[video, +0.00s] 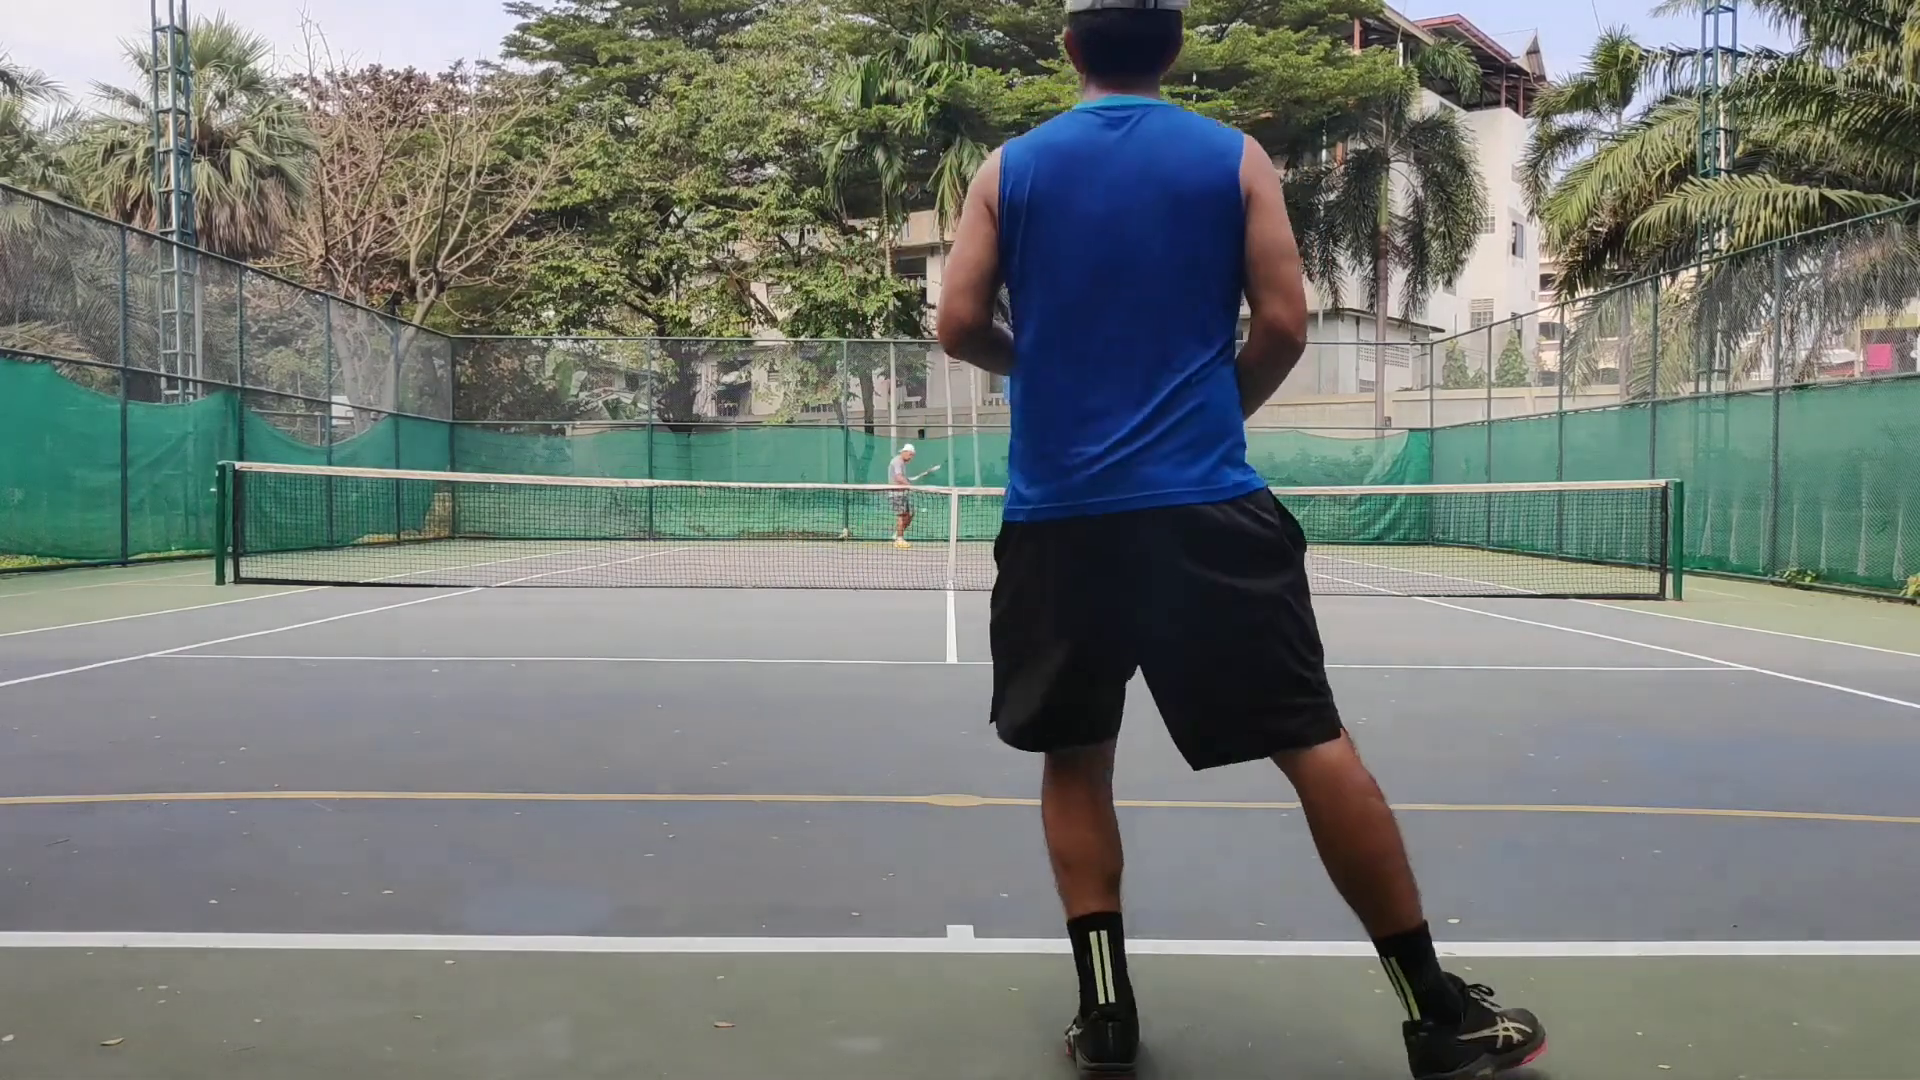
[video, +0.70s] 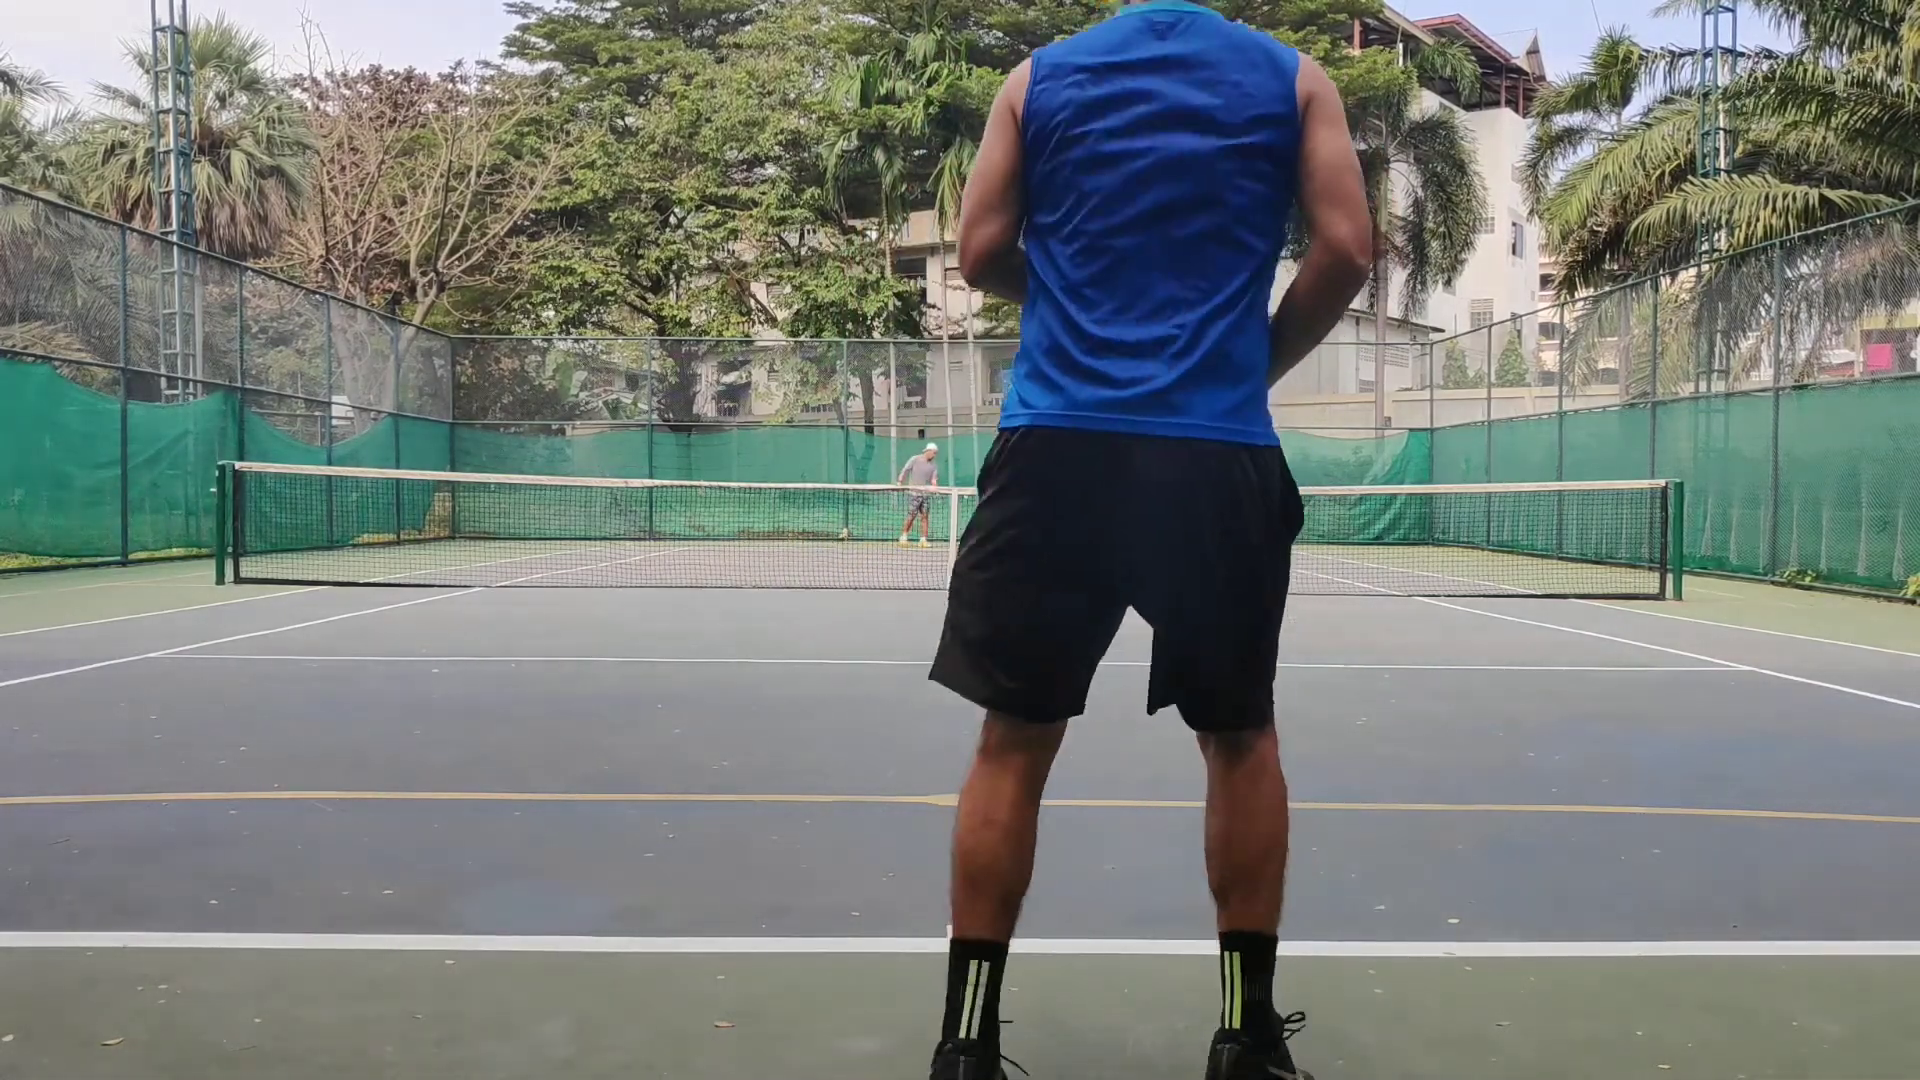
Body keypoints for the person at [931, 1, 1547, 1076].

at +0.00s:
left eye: (1079, 41)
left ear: (1073, 56)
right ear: (1174, 58)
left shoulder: (1011, 168)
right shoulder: (1236, 157)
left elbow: (958, 324)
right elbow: (1284, 320)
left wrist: (1040, 363)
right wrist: (1219, 406)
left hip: (1058, 525)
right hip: (1207, 513)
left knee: (1075, 759)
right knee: (1314, 744)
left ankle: (1105, 1012)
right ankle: (1433, 1006)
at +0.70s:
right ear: (1222, 2)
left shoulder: (1037, 76)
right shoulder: (1295, 78)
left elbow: (980, 251)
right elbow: (1347, 247)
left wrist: (1066, 284)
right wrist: (1261, 362)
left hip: (1059, 466)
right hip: (1219, 472)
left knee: (1011, 746)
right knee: (1241, 742)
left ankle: (968, 1034)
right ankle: (1250, 1026)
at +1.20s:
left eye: (1131, 40)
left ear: (1127, 57)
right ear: (1238, 66)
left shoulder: (1052, 177)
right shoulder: (1282, 165)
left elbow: (988, 383)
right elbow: (1296, 374)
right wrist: (1229, 480)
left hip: (1034, 546)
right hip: (1191, 546)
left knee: (1053, 779)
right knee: (1340, 794)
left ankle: (910, 1039)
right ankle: (1340, 1064)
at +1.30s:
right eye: (1238, 35)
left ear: (1122, 43)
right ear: (1238, 50)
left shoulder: (1063, 155)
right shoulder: (1239, 141)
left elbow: (1101, 326)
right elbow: (1242, 359)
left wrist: (1258, 387)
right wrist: (1240, 496)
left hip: (990, 522)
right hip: (1126, 522)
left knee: (1051, 777)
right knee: (1316, 770)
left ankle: (911, 1049)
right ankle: (1337, 1063)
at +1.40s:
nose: (1253, 49)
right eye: (1255, 35)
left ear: (1134, 32)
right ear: (1243, 36)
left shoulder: (1095, 130)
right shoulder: (1199, 115)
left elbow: (1148, 358)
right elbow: (1225, 329)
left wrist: (1315, 376)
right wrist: (1318, 459)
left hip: (975, 507)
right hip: (1082, 506)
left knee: (1049, 782)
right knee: (1296, 765)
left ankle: (906, 1050)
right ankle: (1313, 1069)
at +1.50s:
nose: (1278, 51)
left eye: (1273, 39)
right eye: (1278, 35)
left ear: (1159, 26)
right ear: (1266, 35)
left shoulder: (1132, 117)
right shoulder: (1192, 102)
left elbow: (1239, 318)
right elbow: (1219, 287)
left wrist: (1408, 345)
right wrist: (1409, 371)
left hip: (981, 507)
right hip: (1076, 505)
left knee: (1057, 779)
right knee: (1294, 786)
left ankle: (903, 1047)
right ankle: (1288, 1076)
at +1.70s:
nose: (1360, 85)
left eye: (1360, 67)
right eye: (1364, 63)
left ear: (1240, 46)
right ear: (1344, 64)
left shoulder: (1258, 200)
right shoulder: (1229, 116)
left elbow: (1397, 342)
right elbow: (1138, 272)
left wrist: (1570, 403)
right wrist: (1351, 288)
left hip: (1031, 541)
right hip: (1110, 544)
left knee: (1113, 795)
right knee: (1352, 821)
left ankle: (878, 1011)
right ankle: (1302, 1072)